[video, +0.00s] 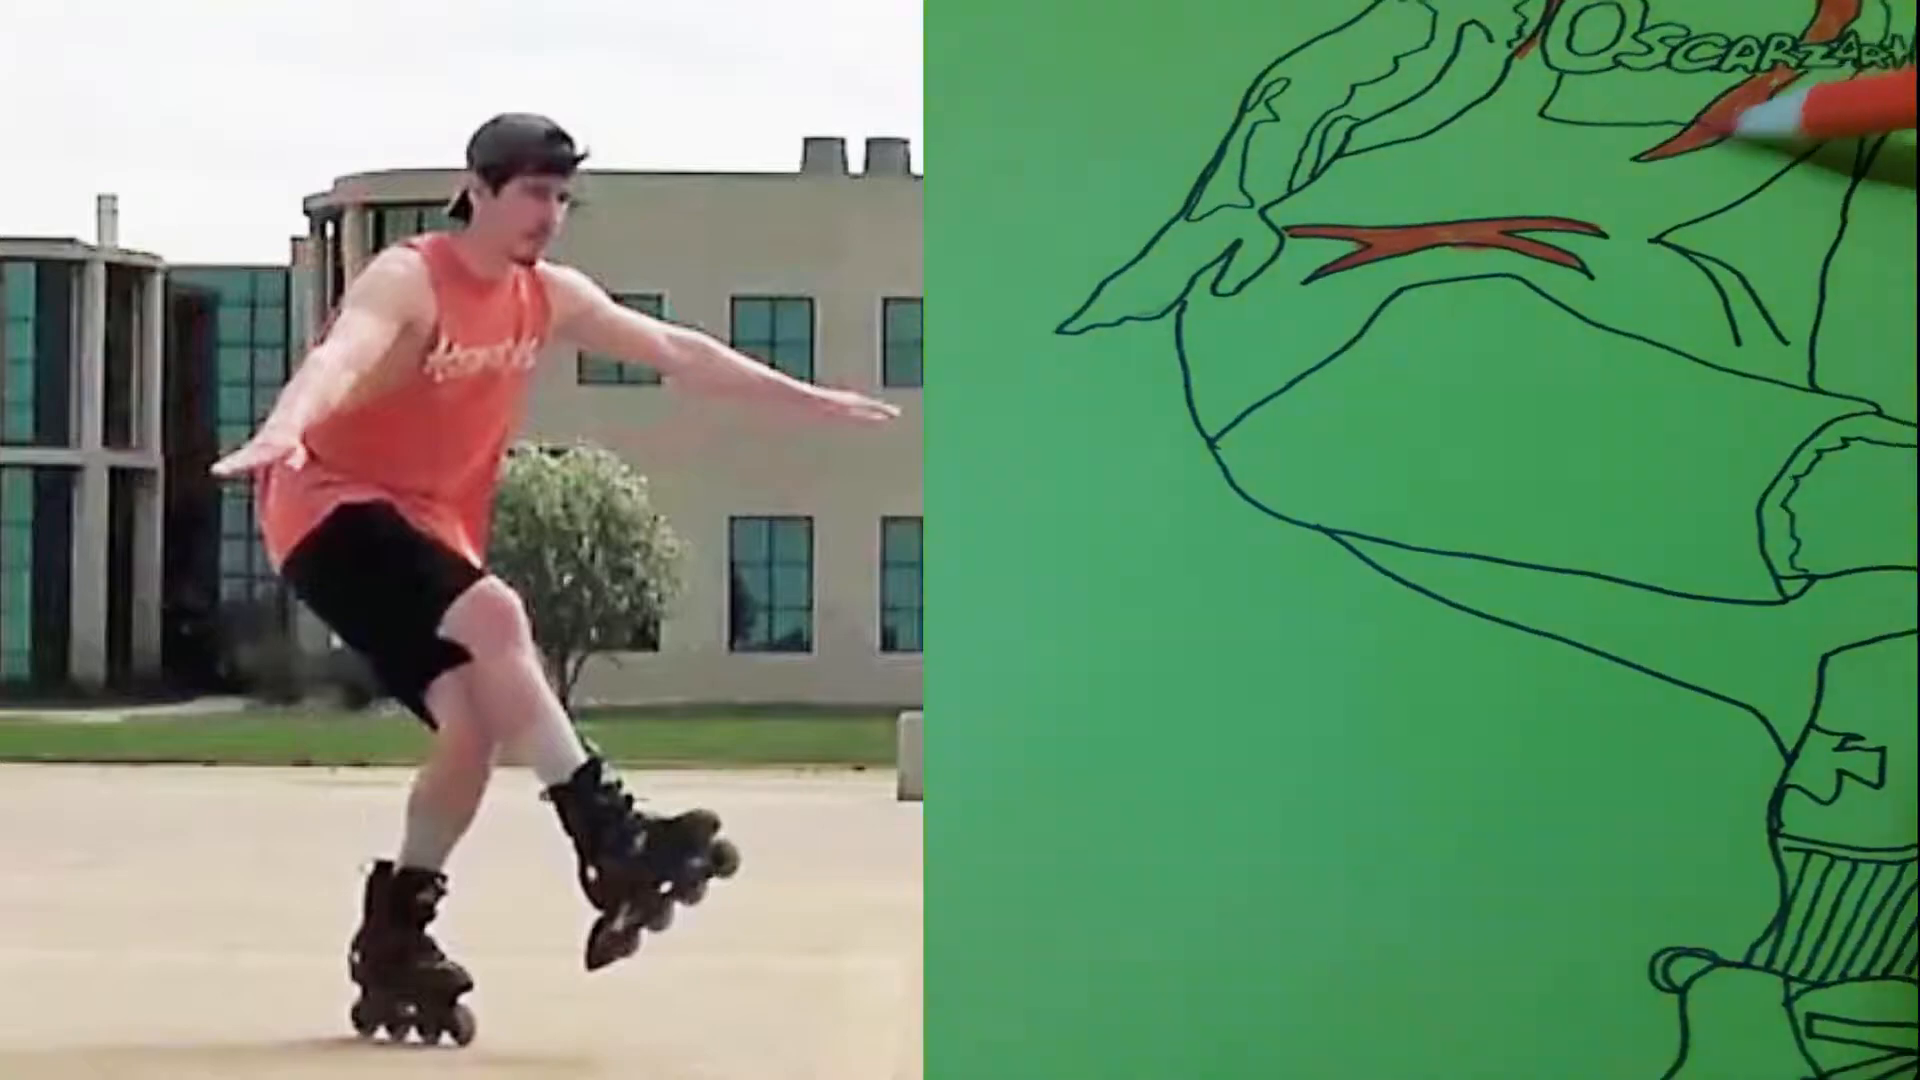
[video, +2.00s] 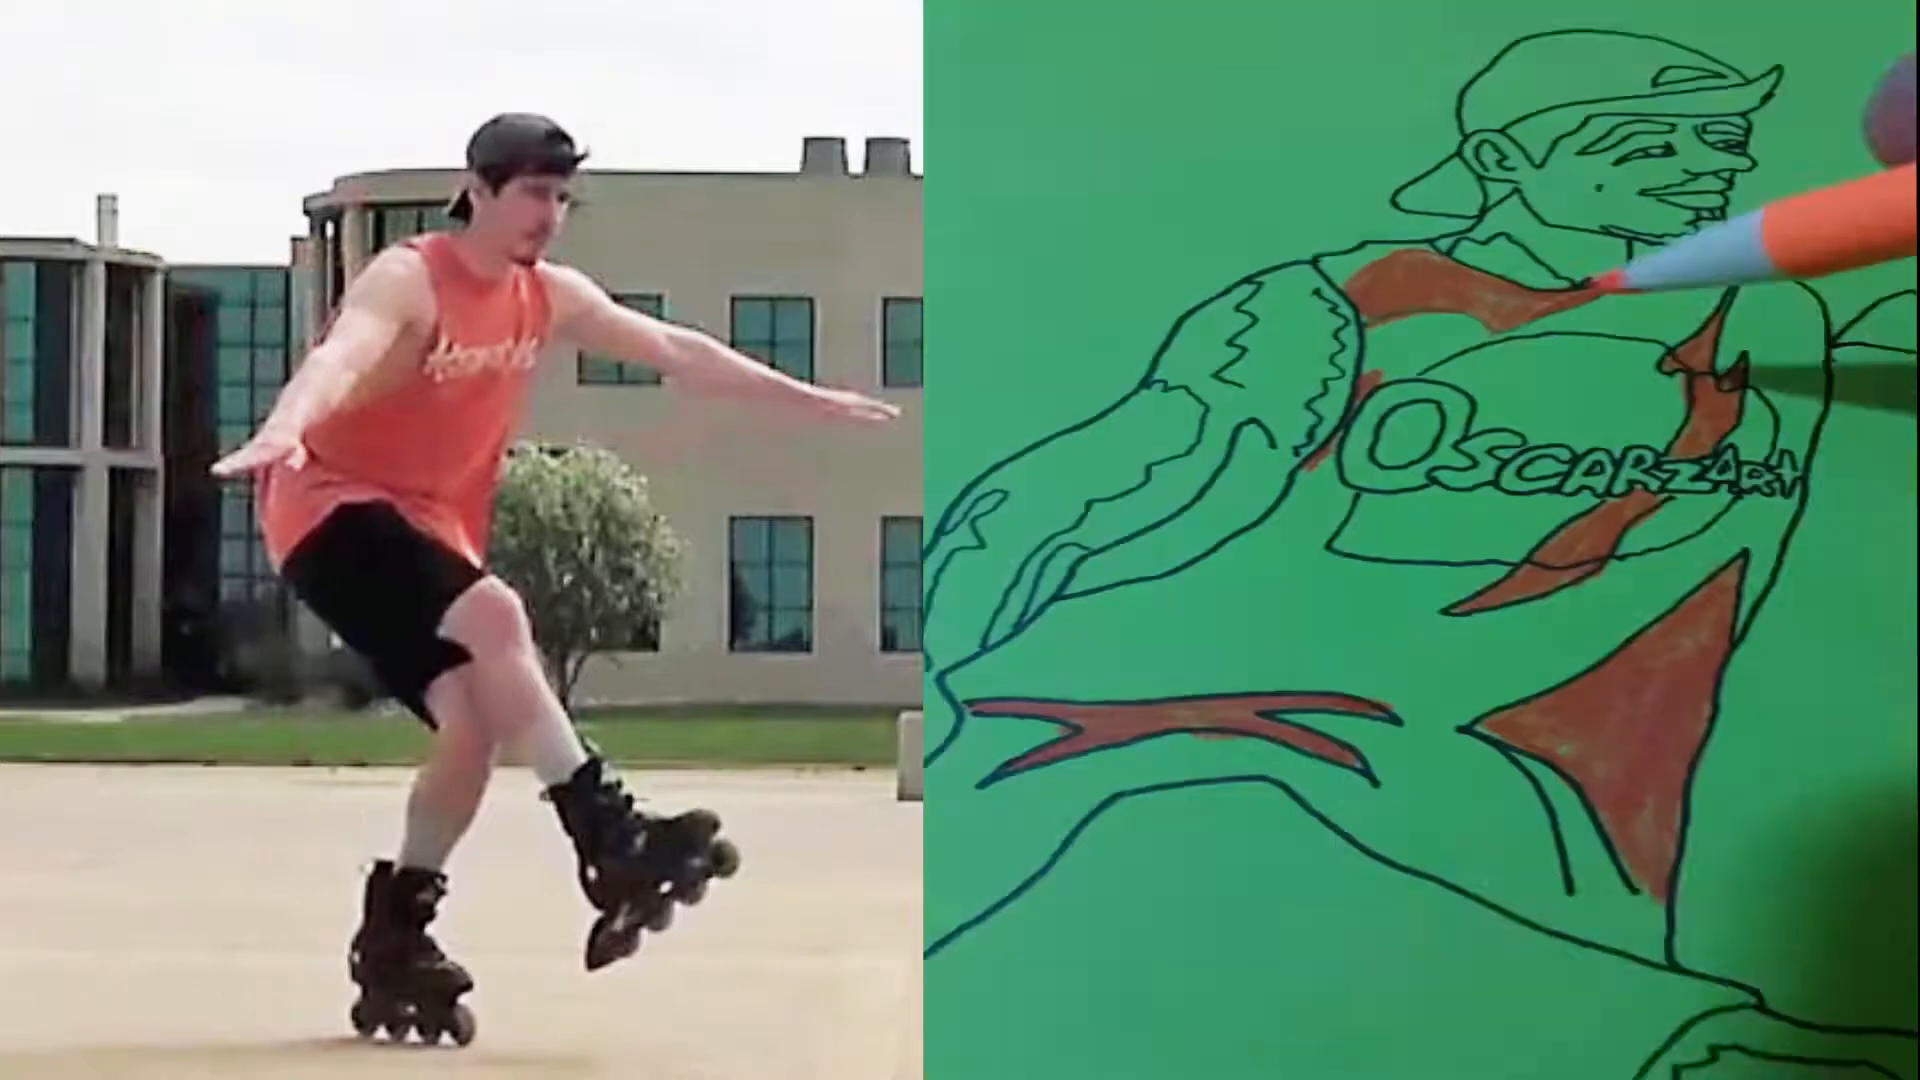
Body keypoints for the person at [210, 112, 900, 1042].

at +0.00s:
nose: (552, 214)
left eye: (562, 199)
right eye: (536, 195)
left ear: (562, 203)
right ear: (477, 191)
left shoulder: (551, 293)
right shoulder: (409, 274)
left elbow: (674, 350)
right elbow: (341, 356)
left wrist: (810, 399)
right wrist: (283, 428)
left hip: (435, 529)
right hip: (333, 503)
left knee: (477, 724)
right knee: (492, 616)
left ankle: (394, 936)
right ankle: (611, 843)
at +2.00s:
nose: (552, 214)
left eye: (562, 198)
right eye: (536, 194)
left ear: (563, 203)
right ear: (477, 191)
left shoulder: (551, 293)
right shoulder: (409, 274)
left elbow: (674, 349)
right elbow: (342, 356)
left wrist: (810, 399)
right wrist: (283, 429)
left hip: (436, 530)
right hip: (334, 505)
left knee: (477, 725)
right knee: (492, 616)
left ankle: (393, 936)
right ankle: (611, 842)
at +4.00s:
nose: (552, 214)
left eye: (562, 198)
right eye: (536, 195)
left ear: (562, 203)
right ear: (477, 191)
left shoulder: (551, 293)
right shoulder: (408, 275)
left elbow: (674, 350)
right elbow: (342, 356)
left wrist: (810, 399)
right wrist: (283, 428)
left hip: (436, 529)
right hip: (333, 504)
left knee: (477, 723)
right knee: (492, 616)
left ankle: (393, 937)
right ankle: (611, 843)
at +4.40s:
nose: (551, 215)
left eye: (561, 199)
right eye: (535, 195)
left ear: (563, 203)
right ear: (475, 191)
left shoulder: (551, 293)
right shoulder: (408, 274)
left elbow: (675, 350)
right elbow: (342, 355)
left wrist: (812, 400)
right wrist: (282, 429)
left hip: (437, 530)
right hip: (334, 505)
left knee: (477, 726)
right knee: (492, 616)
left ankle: (393, 935)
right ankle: (609, 839)